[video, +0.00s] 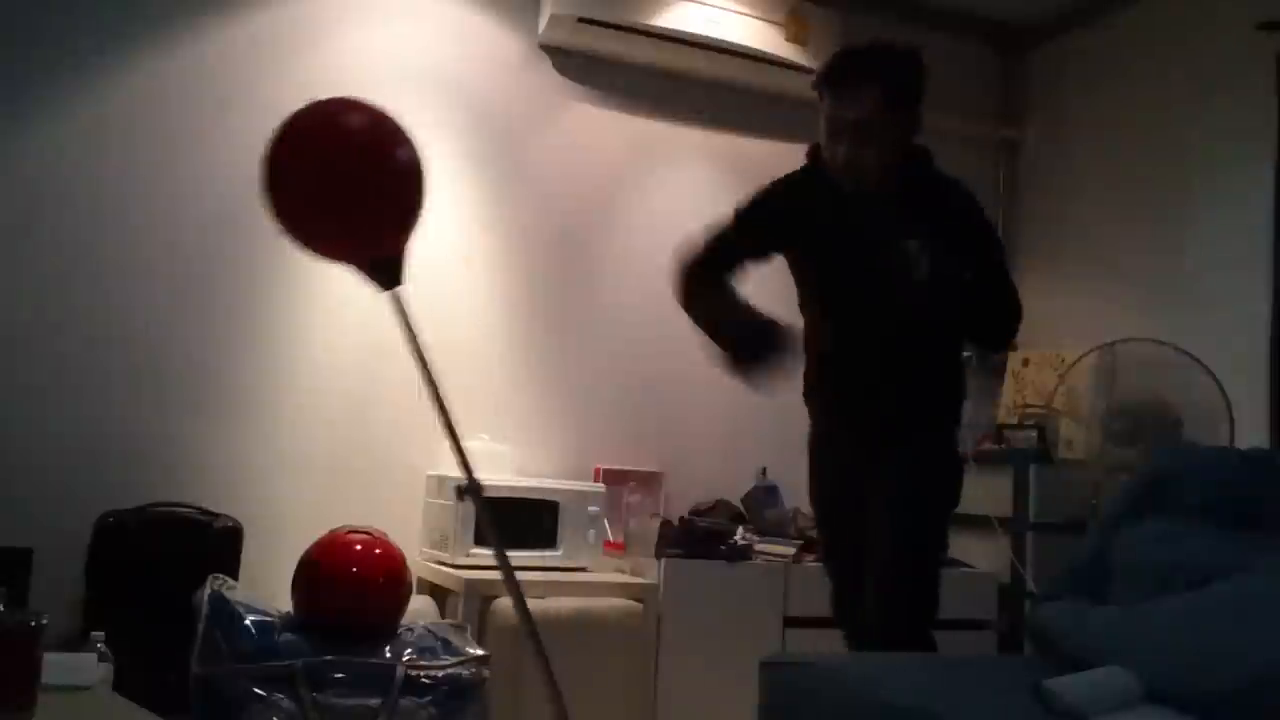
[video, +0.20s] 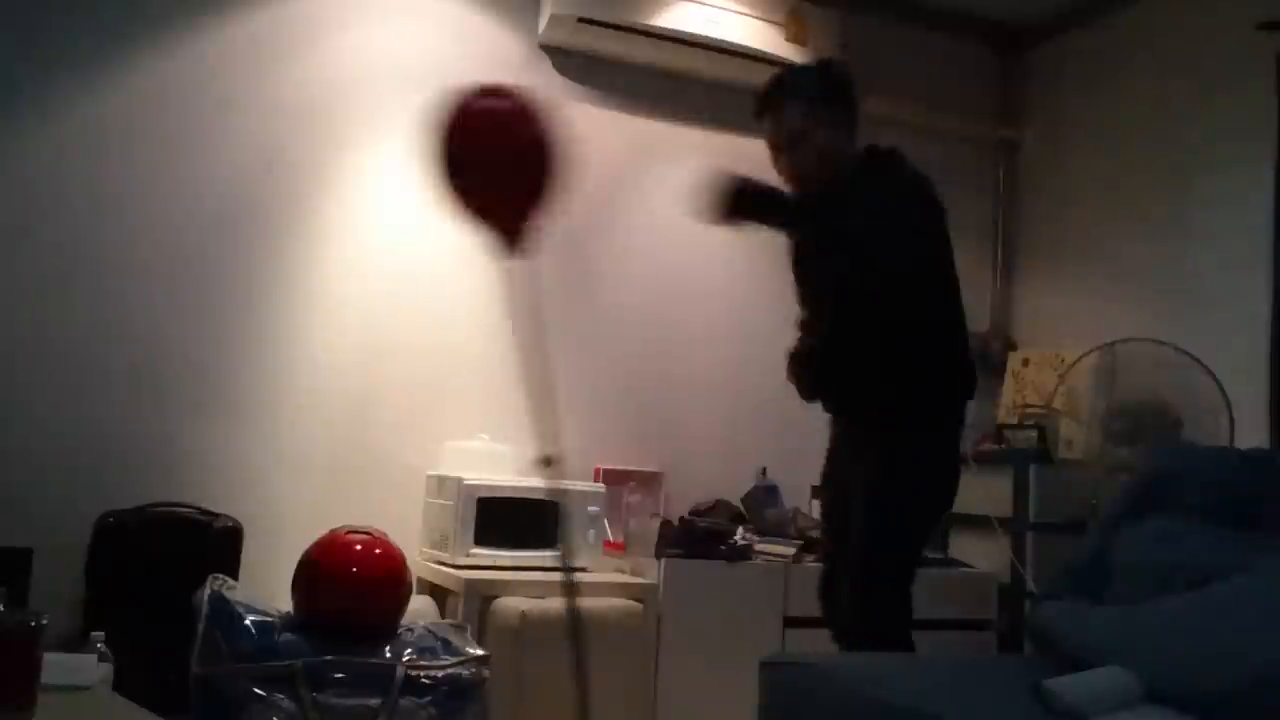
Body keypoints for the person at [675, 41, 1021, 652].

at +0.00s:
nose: (841, 143)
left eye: (859, 126)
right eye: (832, 124)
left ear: (902, 124)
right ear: (820, 118)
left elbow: (1001, 322)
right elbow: (700, 275)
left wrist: (933, 290)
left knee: (901, 619)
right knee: (858, 615)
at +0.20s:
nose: (786, 160)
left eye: (797, 140)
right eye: (776, 146)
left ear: (835, 128)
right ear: (766, 142)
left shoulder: (889, 189)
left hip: (905, 432)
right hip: (862, 426)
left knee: (870, 609)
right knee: (847, 604)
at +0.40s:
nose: (772, 206)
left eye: (773, 187)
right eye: (764, 194)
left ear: (804, 161)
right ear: (820, 159)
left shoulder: (866, 198)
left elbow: (802, 238)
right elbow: (900, 355)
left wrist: (704, 215)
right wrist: (826, 369)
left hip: (911, 438)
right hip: (896, 436)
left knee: (886, 609)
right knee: (875, 607)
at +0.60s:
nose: (789, 190)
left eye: (796, 170)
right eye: (780, 177)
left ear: (834, 155)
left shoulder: (899, 214)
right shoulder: (839, 234)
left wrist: (821, 346)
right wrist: (817, 344)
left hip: (908, 438)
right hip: (869, 435)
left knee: (881, 611)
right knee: (856, 608)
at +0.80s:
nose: (822, 152)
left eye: (837, 134)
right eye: (813, 138)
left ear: (877, 132)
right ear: (804, 140)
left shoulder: (931, 211)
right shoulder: (822, 213)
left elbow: (1014, 313)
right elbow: (803, 298)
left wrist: (949, 361)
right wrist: (798, 349)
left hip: (908, 428)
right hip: (842, 424)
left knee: (881, 606)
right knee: (847, 604)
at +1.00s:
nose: (842, 134)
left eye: (859, 117)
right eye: (834, 119)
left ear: (902, 123)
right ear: (824, 125)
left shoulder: (948, 216)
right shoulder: (832, 211)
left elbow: (998, 325)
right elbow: (795, 299)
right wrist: (797, 341)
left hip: (909, 419)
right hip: (840, 419)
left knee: (886, 603)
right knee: (842, 600)